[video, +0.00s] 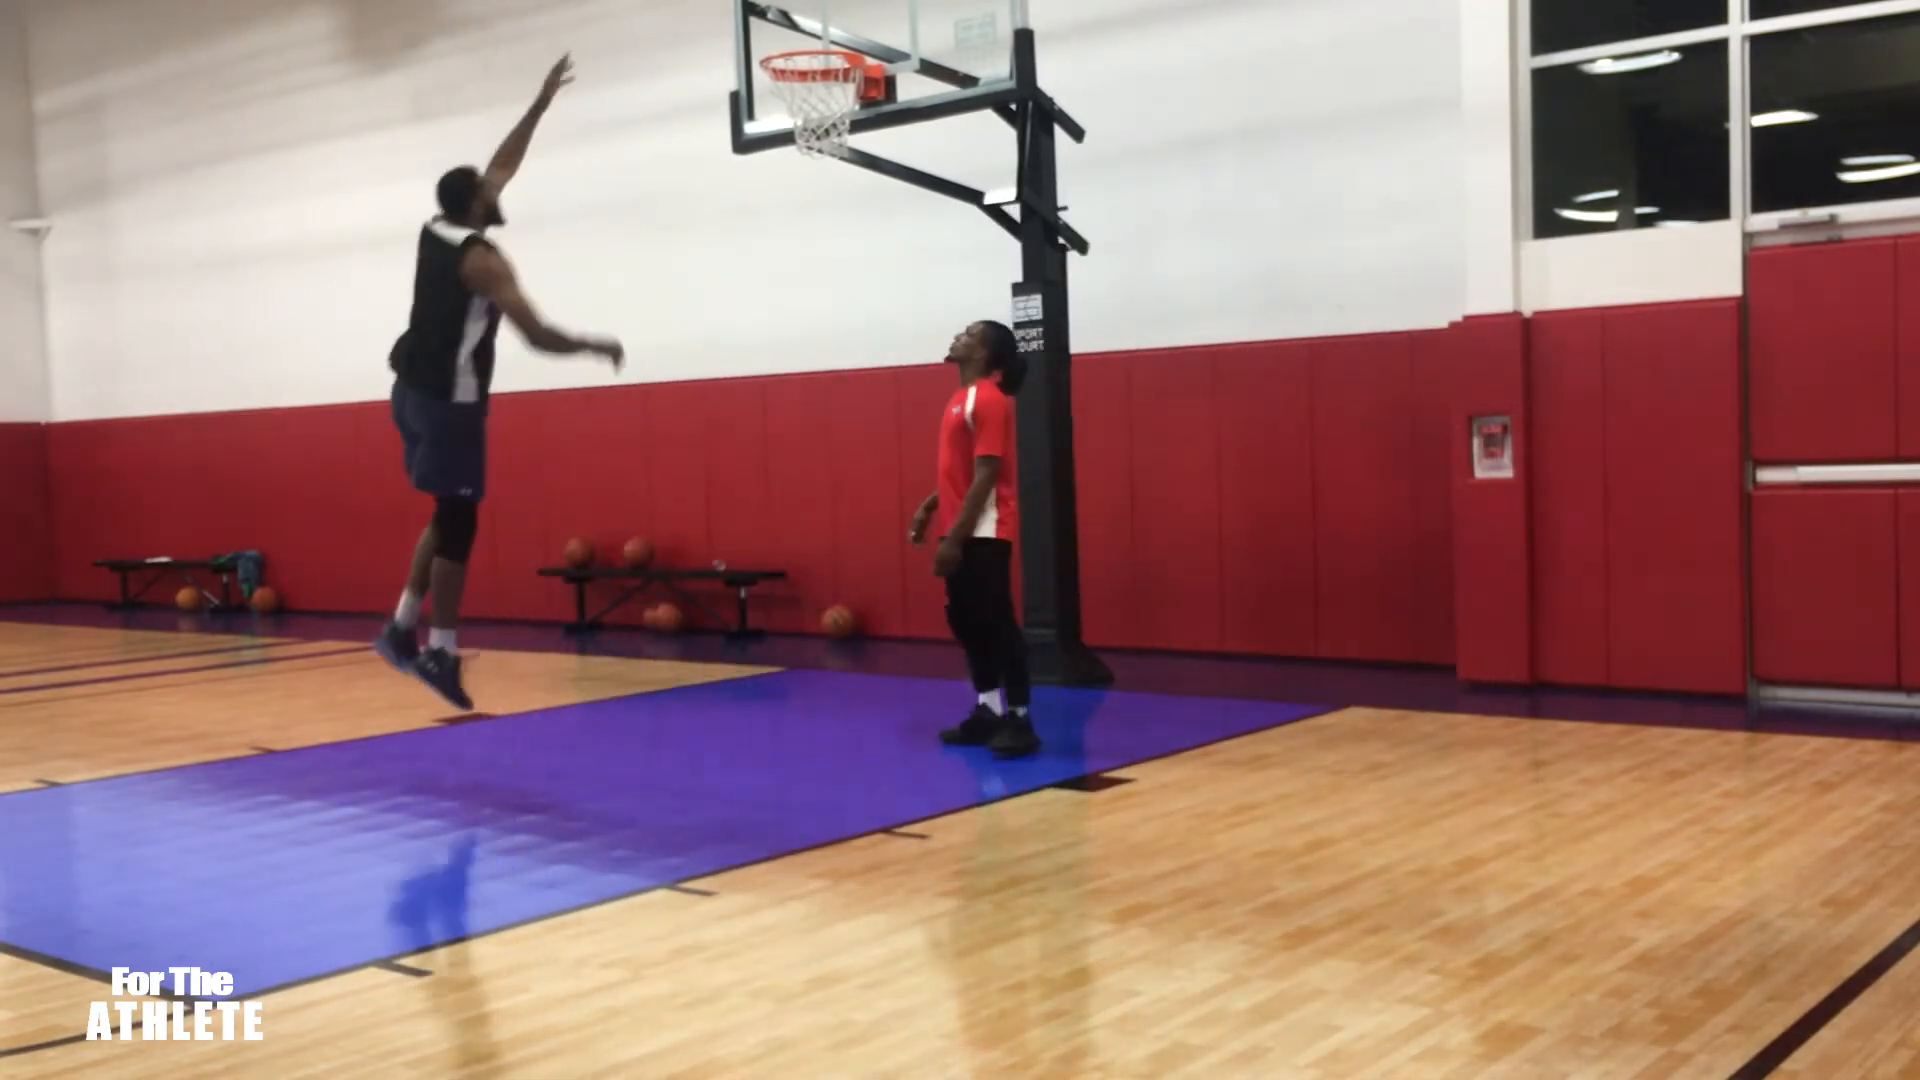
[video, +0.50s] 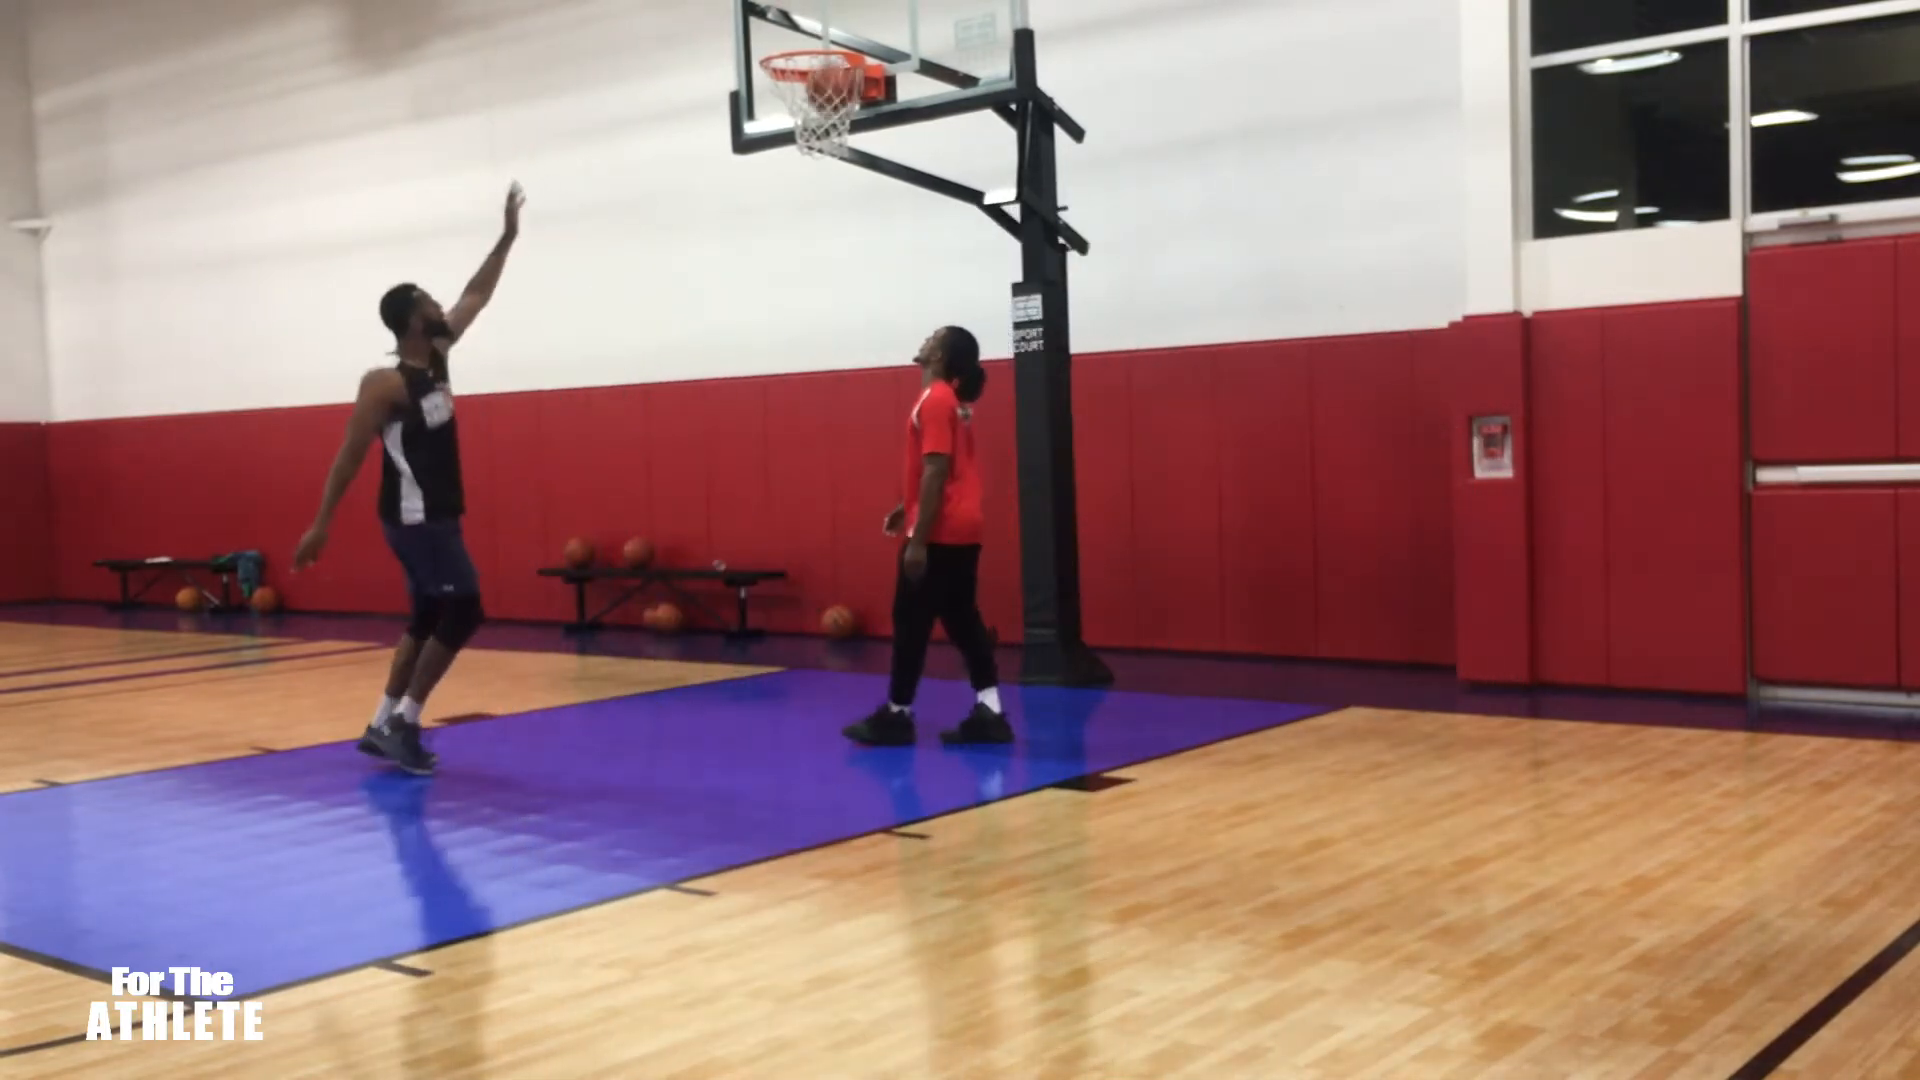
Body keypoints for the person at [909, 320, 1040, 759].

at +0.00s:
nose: (957, 336)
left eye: (968, 334)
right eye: (962, 331)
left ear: (985, 352)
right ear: (969, 352)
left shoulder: (989, 397)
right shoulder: (961, 398)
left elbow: (988, 472)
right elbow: (963, 470)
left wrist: (956, 536)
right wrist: (930, 503)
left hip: (987, 530)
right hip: (963, 530)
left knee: (996, 619)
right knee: (965, 618)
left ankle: (1018, 718)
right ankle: (989, 710)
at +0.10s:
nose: (952, 335)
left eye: (963, 333)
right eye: (957, 330)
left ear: (978, 351)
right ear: (966, 350)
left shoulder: (978, 396)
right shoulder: (957, 396)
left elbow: (977, 469)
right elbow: (956, 469)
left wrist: (939, 530)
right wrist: (923, 503)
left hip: (978, 524)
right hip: (960, 524)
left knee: (978, 618)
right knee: (968, 618)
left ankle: (997, 717)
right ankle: (985, 709)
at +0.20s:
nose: (945, 337)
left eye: (955, 334)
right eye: (950, 331)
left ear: (970, 351)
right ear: (966, 352)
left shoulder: (968, 396)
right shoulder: (957, 395)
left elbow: (966, 468)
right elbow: (953, 469)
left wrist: (927, 531)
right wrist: (919, 502)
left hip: (968, 523)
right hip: (965, 520)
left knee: (952, 616)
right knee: (976, 614)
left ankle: (973, 713)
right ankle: (992, 711)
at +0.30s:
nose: (940, 337)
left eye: (949, 334)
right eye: (945, 332)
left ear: (961, 351)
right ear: (961, 353)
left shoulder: (957, 395)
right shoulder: (954, 395)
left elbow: (956, 467)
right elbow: (952, 469)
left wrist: (923, 533)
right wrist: (917, 503)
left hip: (959, 526)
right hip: (969, 524)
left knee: (936, 615)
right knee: (974, 615)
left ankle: (939, 713)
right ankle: (992, 711)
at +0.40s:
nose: (932, 338)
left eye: (942, 335)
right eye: (938, 333)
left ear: (953, 352)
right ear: (954, 355)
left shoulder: (948, 396)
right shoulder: (950, 396)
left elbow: (946, 469)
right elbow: (943, 469)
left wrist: (922, 535)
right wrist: (913, 505)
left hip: (950, 530)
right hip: (964, 529)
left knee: (923, 616)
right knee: (969, 617)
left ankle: (913, 713)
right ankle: (991, 710)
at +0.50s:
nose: (922, 342)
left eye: (931, 339)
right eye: (928, 337)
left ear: (941, 354)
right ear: (948, 358)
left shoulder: (935, 397)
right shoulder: (948, 397)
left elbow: (936, 468)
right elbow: (940, 468)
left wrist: (919, 537)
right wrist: (908, 510)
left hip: (937, 533)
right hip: (957, 531)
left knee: (910, 618)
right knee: (962, 618)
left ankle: (897, 712)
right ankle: (989, 709)